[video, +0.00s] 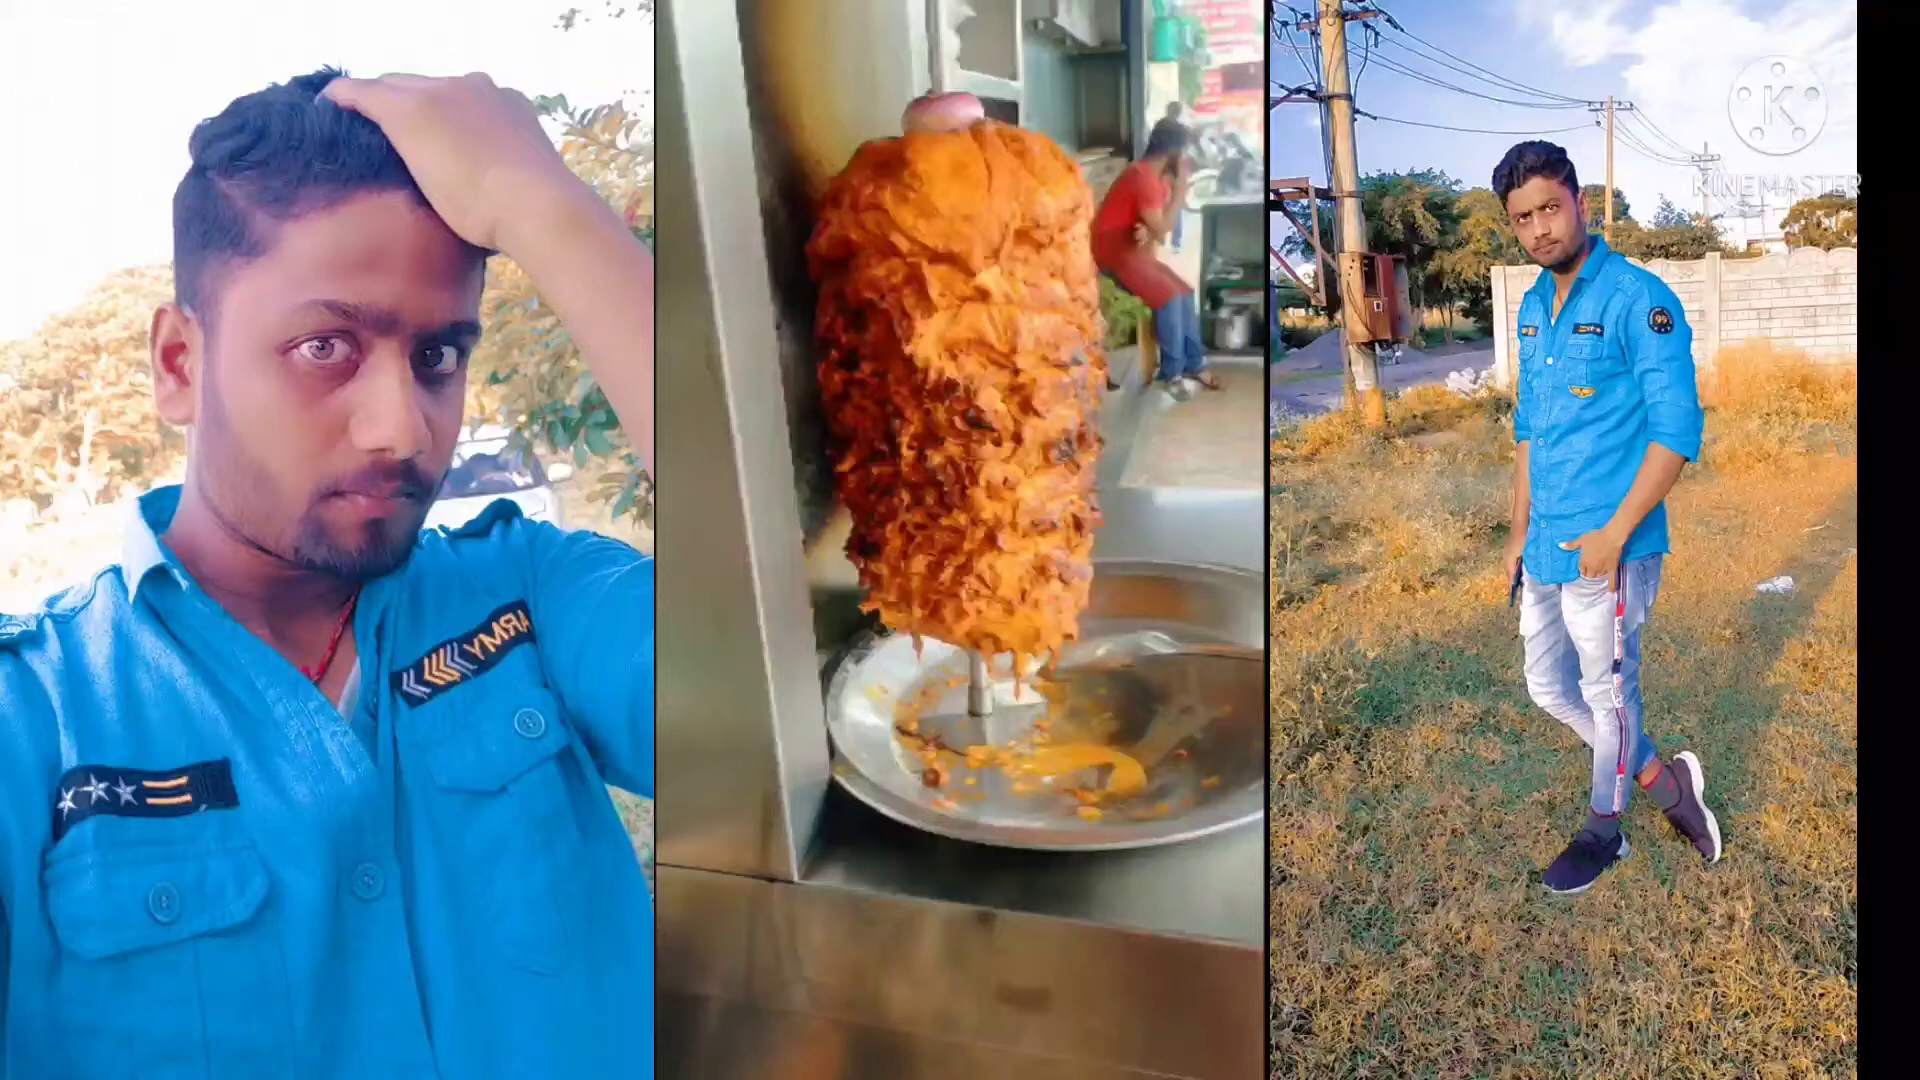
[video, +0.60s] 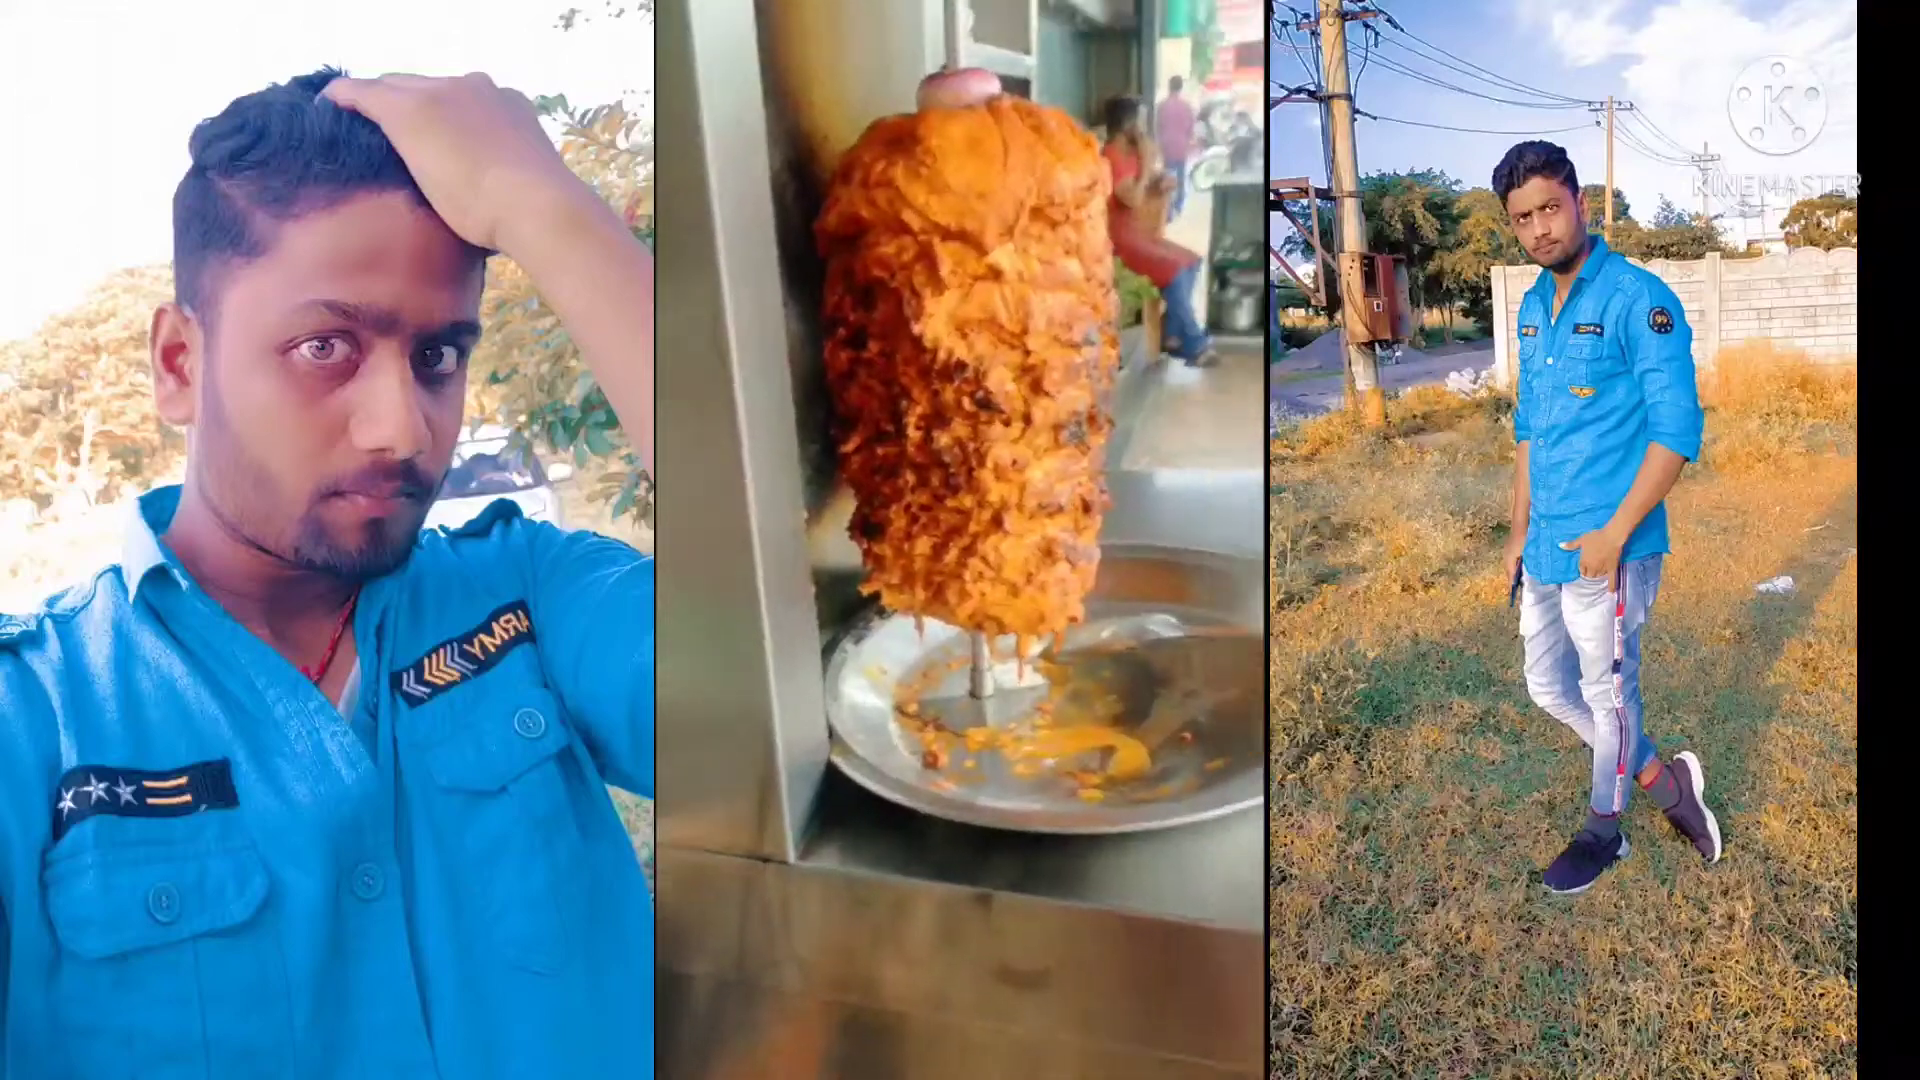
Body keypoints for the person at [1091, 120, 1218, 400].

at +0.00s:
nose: (1184, 156)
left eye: (1185, 150)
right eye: (1183, 150)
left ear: (1156, 146)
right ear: (1172, 150)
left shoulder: (1157, 178)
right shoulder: (1142, 176)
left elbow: (1164, 223)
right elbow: (1159, 227)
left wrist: (1151, 233)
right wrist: (1180, 189)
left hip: (1131, 247)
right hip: (1113, 249)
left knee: (1184, 293)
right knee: (1169, 297)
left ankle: (1194, 366)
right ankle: (1171, 376)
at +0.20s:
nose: (1171, 152)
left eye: (1170, 147)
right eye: (1169, 147)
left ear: (1144, 145)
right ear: (1158, 148)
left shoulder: (1150, 177)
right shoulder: (1134, 176)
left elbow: (1162, 224)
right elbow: (1158, 229)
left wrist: (1148, 238)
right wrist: (1171, 185)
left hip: (1139, 251)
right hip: (1120, 253)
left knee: (1190, 284)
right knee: (1173, 290)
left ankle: (1199, 359)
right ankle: (1179, 371)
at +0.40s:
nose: (1178, 106)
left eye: (1178, 100)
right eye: (1174, 100)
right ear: (1163, 103)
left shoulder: (1171, 131)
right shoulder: (1150, 133)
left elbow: (1184, 166)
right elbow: (1167, 178)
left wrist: (1185, 129)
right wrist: (1186, 147)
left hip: (1178, 216)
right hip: (1160, 220)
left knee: (1225, 243)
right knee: (1206, 252)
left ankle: (1232, 319)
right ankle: (1229, 326)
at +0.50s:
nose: (1171, 91)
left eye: (1171, 84)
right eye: (1166, 86)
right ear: (1154, 89)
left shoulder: (1165, 117)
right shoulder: (1144, 120)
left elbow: (1177, 157)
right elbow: (1163, 166)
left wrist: (1187, 137)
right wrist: (1179, 128)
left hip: (1172, 202)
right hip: (1155, 206)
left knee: (1223, 229)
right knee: (1206, 238)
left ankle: (1214, 305)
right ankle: (1227, 313)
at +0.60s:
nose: (1141, 125)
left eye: (1141, 119)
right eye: (1136, 119)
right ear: (1123, 123)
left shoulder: (1133, 150)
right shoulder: (1112, 153)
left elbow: (1143, 190)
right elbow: (1130, 198)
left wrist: (1162, 185)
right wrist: (1146, 158)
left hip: (1139, 234)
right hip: (1121, 238)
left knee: (1190, 262)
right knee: (1173, 273)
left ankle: (1173, 336)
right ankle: (1194, 345)